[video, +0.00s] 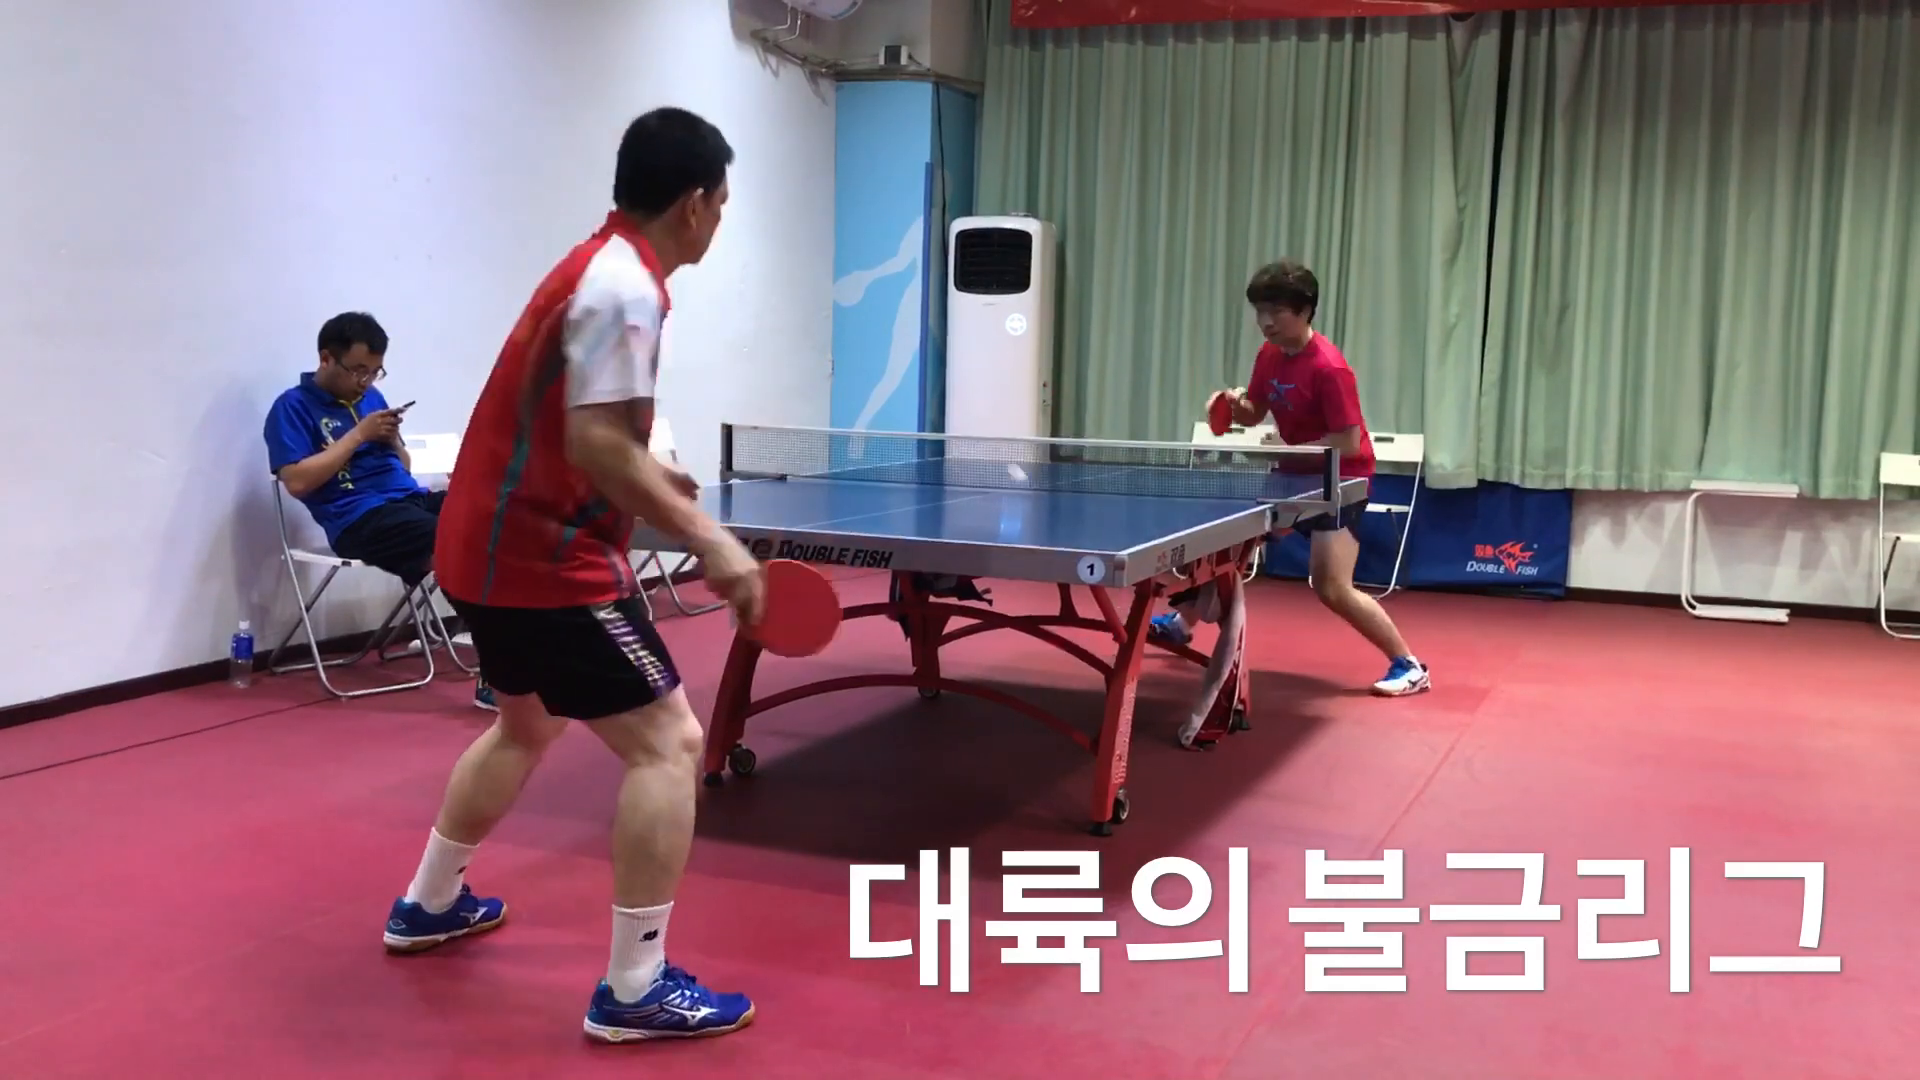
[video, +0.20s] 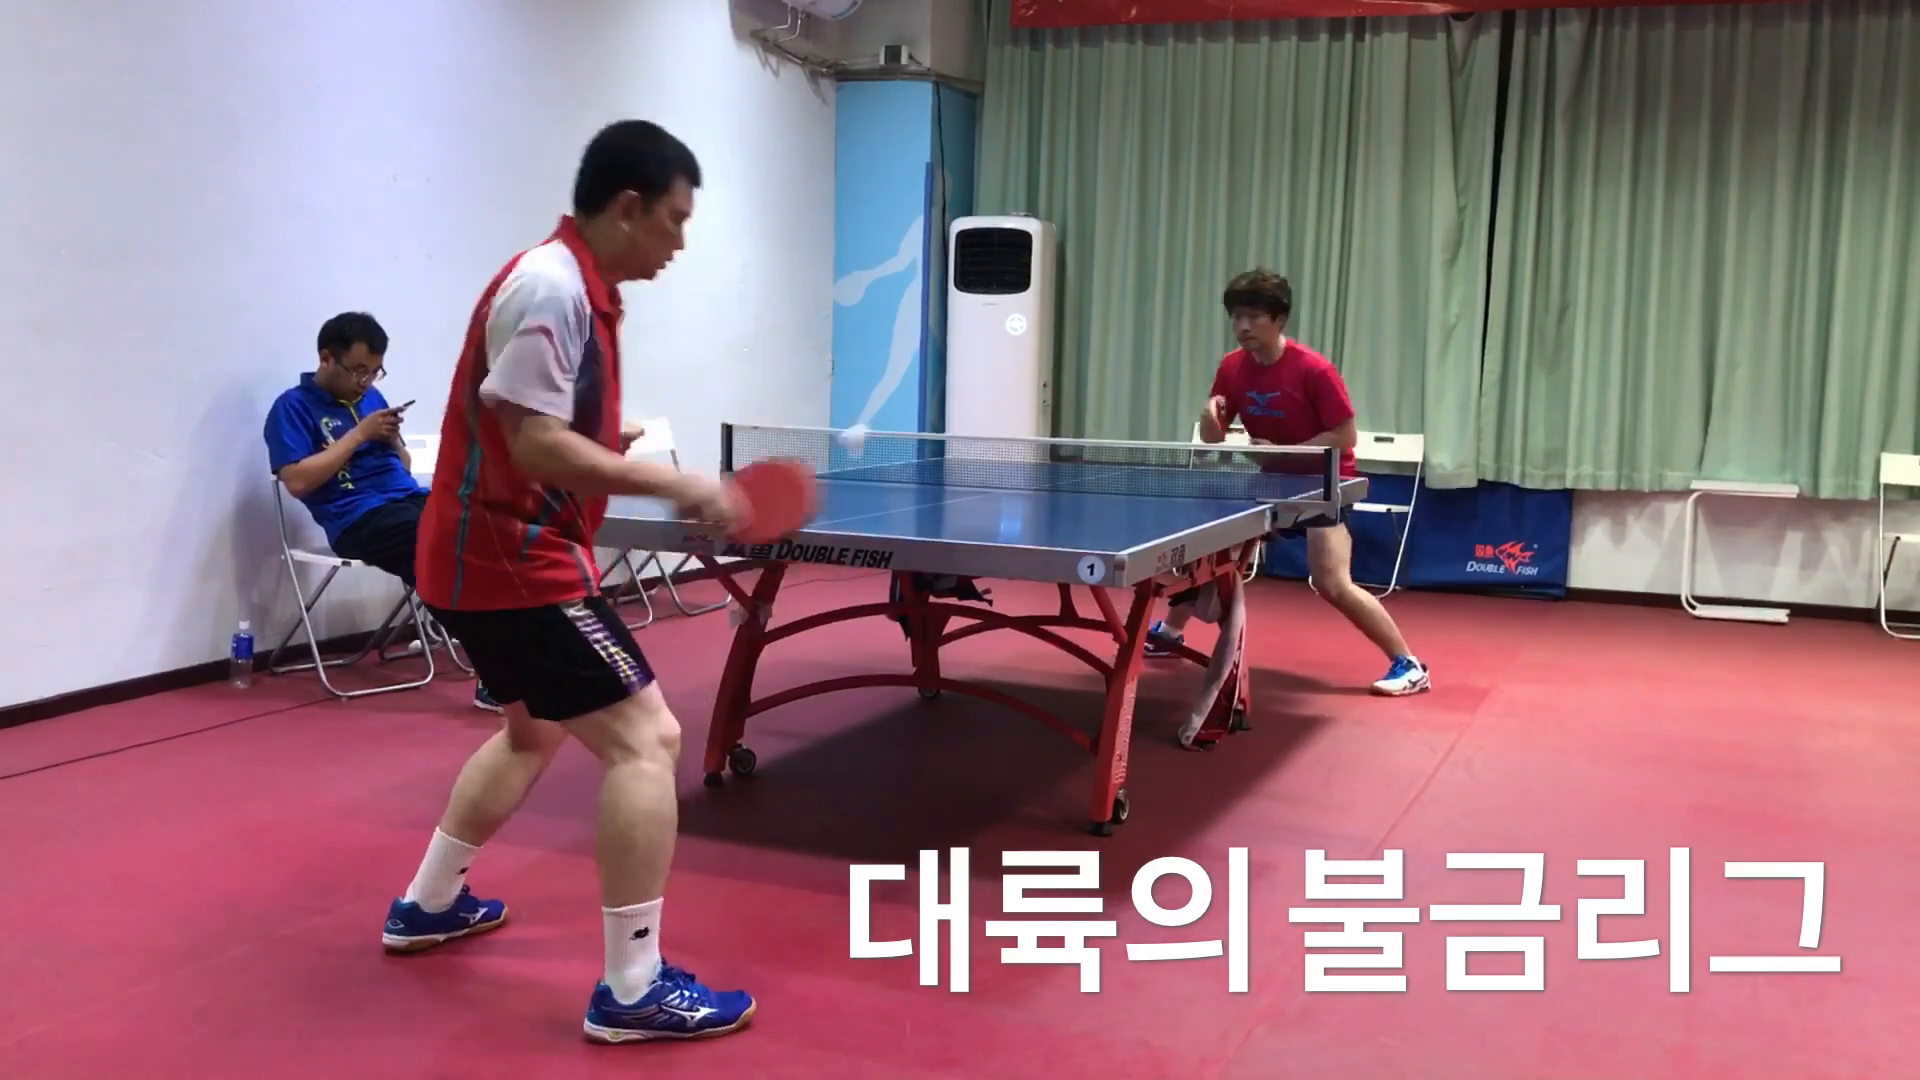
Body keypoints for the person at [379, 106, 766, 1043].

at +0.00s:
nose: (720, 218)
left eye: (723, 201)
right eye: (720, 200)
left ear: (638, 192)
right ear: (692, 202)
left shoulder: (597, 265)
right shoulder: (623, 285)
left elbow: (569, 421)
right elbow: (602, 448)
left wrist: (645, 462)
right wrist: (717, 547)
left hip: (487, 551)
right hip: (542, 565)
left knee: (523, 726)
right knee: (668, 743)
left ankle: (428, 901)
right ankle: (635, 986)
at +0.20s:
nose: (681, 241)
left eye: (685, 223)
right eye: (676, 220)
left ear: (620, 209)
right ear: (626, 206)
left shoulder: (571, 284)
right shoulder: (550, 289)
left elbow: (561, 435)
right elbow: (533, 443)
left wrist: (659, 475)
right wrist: (682, 487)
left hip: (490, 560)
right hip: (512, 567)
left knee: (532, 732)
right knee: (645, 737)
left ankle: (427, 901)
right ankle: (633, 987)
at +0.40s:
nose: (619, 187)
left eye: (618, 168)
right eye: (614, 168)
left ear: (530, 165)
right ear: (579, 167)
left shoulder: (460, 247)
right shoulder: (560, 263)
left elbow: (464, 381)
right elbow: (654, 395)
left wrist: (572, 400)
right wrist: (717, 350)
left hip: (422, 541)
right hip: (511, 546)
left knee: (487, 715)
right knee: (611, 730)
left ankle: (424, 899)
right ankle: (623, 976)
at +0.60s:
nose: (591, 176)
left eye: (588, 159)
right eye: (590, 160)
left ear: (496, 159)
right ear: (569, 163)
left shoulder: (429, 250)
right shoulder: (569, 260)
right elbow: (644, 399)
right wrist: (683, 360)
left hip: (423, 540)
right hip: (524, 539)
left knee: (475, 710)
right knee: (619, 728)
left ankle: (423, 900)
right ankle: (614, 972)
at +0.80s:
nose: (625, 182)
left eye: (623, 166)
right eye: (625, 166)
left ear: (530, 162)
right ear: (607, 168)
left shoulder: (468, 251)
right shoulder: (597, 261)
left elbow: (460, 406)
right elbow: (661, 413)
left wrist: (575, 463)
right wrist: (718, 435)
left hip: (433, 539)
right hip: (532, 546)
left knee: (472, 709)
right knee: (632, 734)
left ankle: (415, 899)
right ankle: (618, 984)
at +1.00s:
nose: (677, 226)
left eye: (676, 207)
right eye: (672, 207)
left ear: (596, 205)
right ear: (638, 209)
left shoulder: (546, 280)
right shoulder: (580, 297)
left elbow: (563, 457)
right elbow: (566, 456)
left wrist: (681, 526)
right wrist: (693, 525)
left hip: (442, 564)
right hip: (511, 576)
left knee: (492, 719)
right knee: (649, 744)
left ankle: (409, 901)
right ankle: (616, 988)